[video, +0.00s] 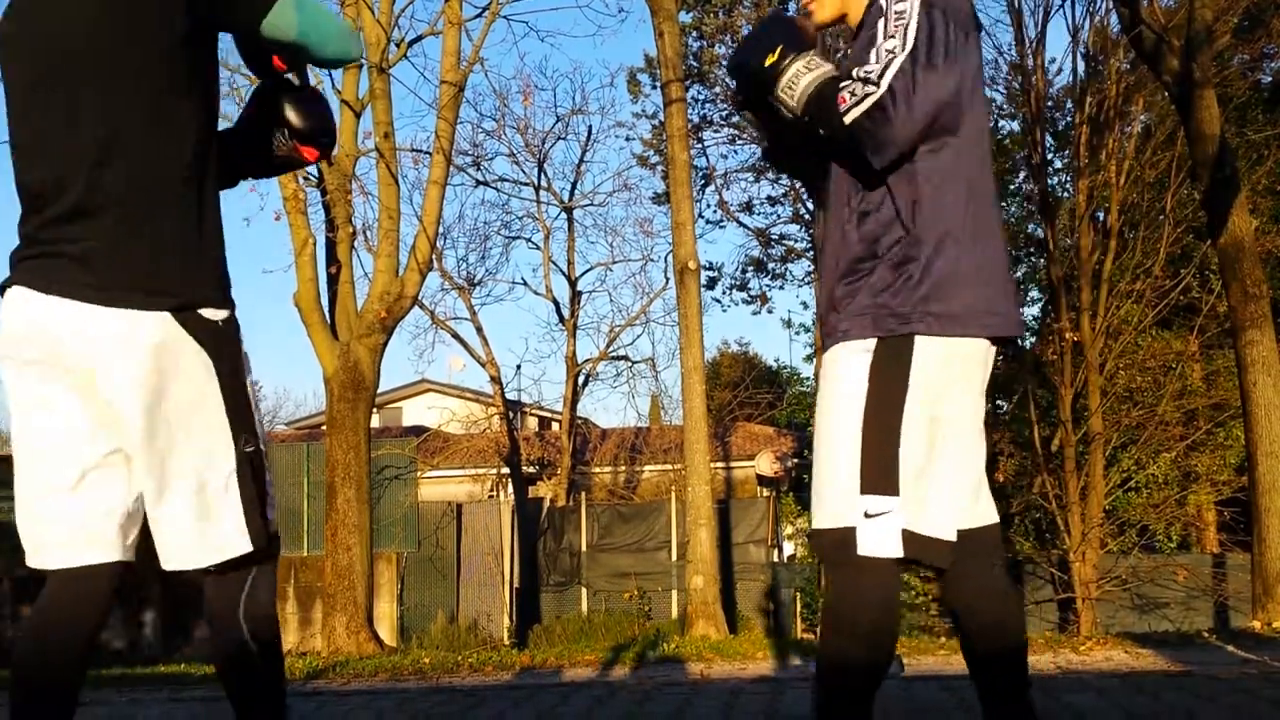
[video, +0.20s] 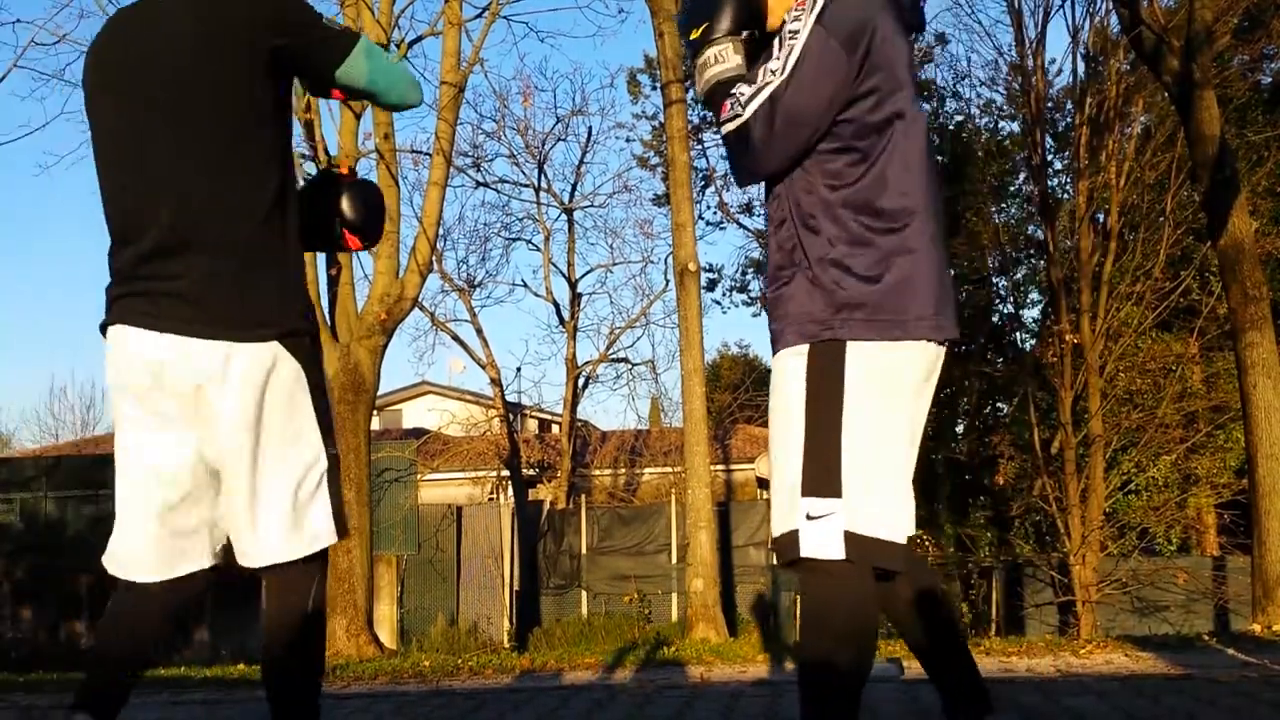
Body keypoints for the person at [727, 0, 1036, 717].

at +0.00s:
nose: (802, 8)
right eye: (800, 7)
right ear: (824, 13)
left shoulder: (917, 7)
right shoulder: (855, 44)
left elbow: (877, 132)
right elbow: (834, 181)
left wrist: (789, 67)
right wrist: (769, 93)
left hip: (903, 303)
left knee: (854, 530)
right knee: (959, 530)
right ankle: (1013, 717)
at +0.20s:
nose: (764, 7)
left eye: (767, 1)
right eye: (764, 5)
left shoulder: (838, 14)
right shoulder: (863, 19)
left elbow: (759, 146)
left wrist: (725, 74)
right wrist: (743, 70)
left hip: (846, 312)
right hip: (889, 309)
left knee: (825, 538)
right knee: (876, 535)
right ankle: (972, 707)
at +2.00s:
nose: (804, 40)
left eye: (818, 20)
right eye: (788, 28)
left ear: (851, 14)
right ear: (775, 32)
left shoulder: (881, 87)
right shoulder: (807, 117)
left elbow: (844, 200)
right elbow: (782, 228)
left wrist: (765, 146)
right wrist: (727, 177)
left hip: (851, 349)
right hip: (833, 350)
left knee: (826, 540)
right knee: (879, 534)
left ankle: (823, 719)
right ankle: (968, 695)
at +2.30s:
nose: (873, 52)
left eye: (886, 34)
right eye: (859, 40)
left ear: (920, 26)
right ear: (847, 43)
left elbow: (969, 202)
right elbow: (851, 247)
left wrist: (856, 161)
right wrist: (809, 181)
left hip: (936, 336)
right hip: (882, 341)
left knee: (869, 508)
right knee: (940, 523)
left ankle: (912, 711)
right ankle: (986, 707)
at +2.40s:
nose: (895, 44)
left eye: (908, 26)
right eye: (882, 32)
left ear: (944, 22)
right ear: (873, 37)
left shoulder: (980, 81)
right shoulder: (890, 118)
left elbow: (984, 191)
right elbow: (872, 233)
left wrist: (869, 151)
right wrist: (816, 167)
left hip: (949, 332)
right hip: (912, 335)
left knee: (889, 505)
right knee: (957, 518)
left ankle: (1009, 685)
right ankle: (997, 691)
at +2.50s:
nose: (910, 39)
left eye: (924, 22)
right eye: (897, 28)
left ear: (960, 17)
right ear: (888, 33)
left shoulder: (990, 77)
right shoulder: (923, 112)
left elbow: (991, 185)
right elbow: (893, 225)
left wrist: (884, 157)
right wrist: (838, 173)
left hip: (971, 334)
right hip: (932, 338)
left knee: (944, 518)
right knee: (965, 524)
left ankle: (1088, 695)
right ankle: (988, 707)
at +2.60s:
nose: (918, 40)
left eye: (930, 21)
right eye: (905, 28)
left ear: (972, 15)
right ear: (897, 33)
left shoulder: (1002, 78)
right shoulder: (937, 114)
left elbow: (990, 194)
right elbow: (920, 224)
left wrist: (890, 163)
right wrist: (871, 184)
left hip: (999, 340)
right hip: (937, 350)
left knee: (1030, 531)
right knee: (965, 543)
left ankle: (1118, 708)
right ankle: (989, 709)